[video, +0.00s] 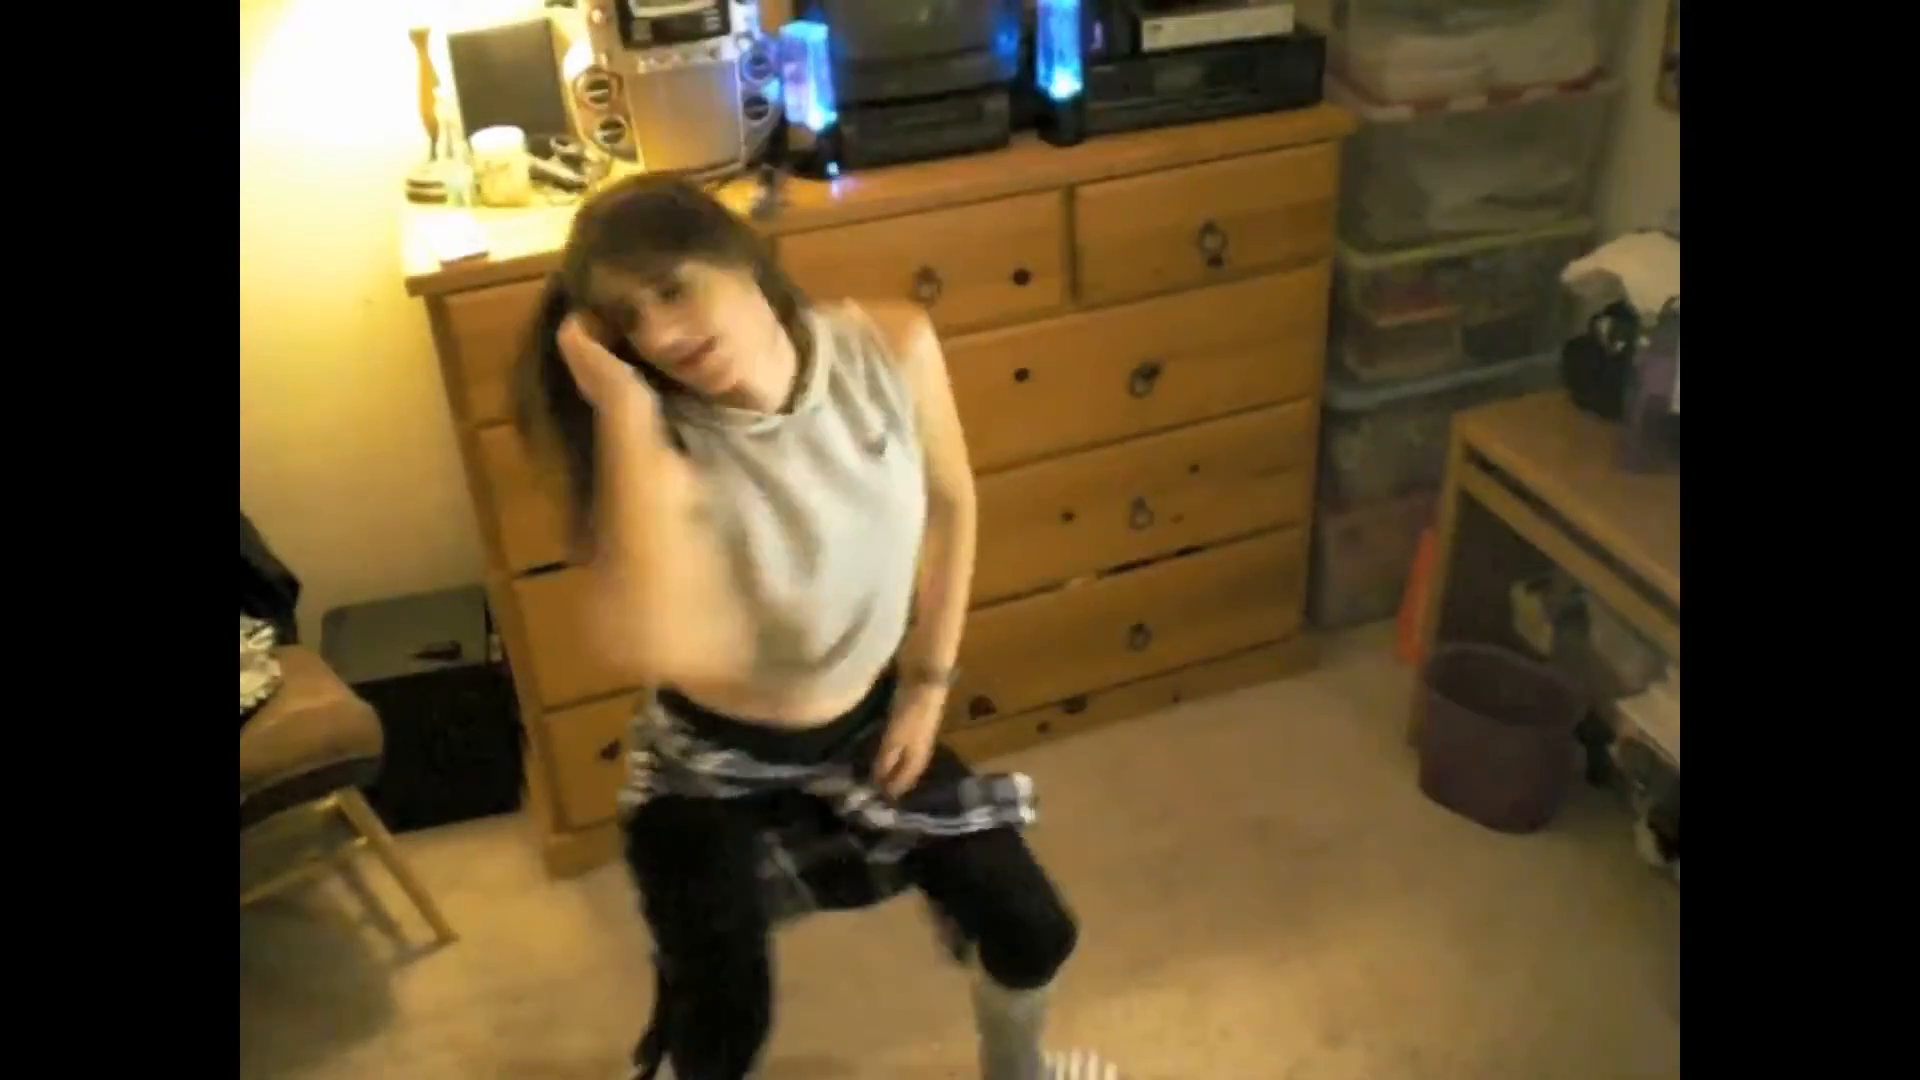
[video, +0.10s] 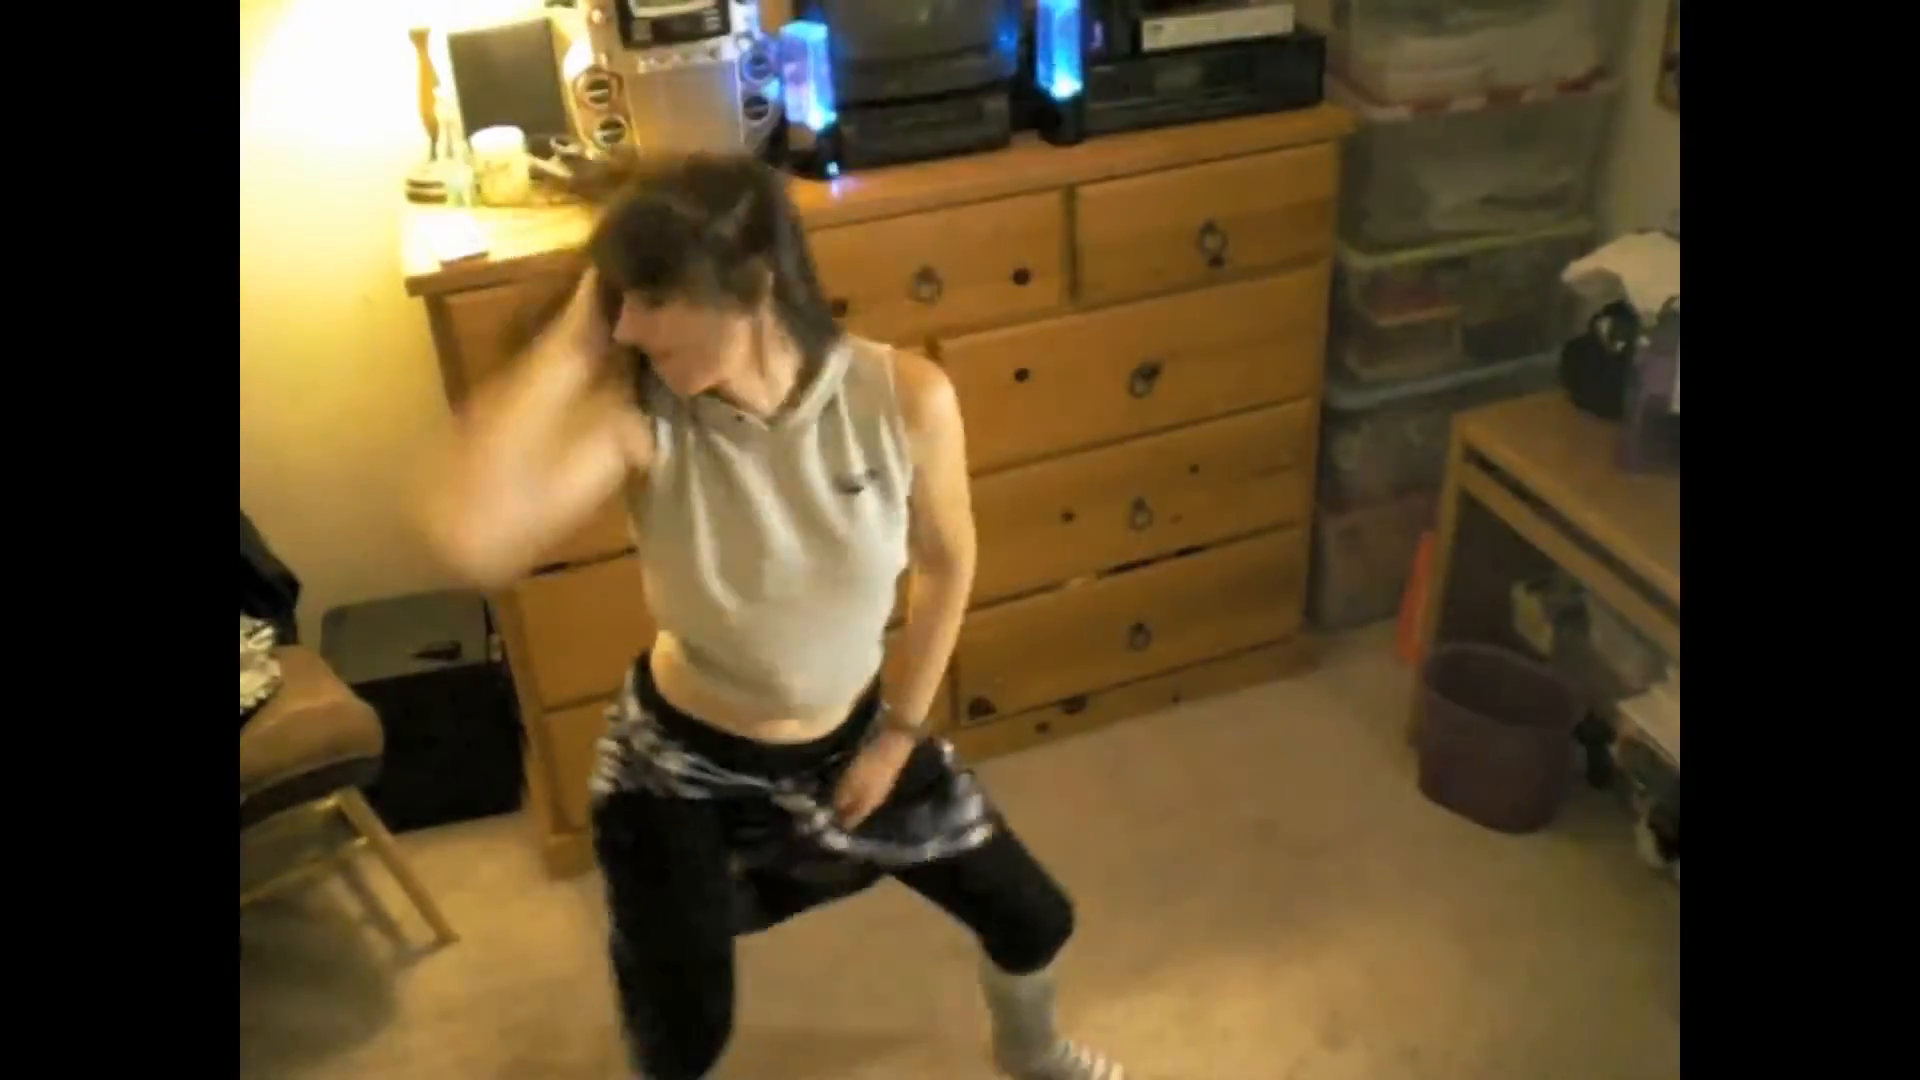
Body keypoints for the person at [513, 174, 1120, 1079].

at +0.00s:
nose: (662, 332)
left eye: (673, 289)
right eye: (627, 322)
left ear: (737, 259)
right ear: (614, 349)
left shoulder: (890, 348)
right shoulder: (658, 456)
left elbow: (951, 503)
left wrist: (926, 682)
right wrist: (626, 416)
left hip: (872, 730)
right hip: (710, 764)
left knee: (1032, 933)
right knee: (722, 1026)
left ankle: (1017, 1067)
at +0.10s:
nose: (644, 364)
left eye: (660, 343)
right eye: (636, 344)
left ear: (755, 293)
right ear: (628, 322)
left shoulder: (905, 399)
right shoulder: (641, 418)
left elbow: (945, 568)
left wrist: (893, 733)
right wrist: (572, 345)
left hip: (855, 743)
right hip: (679, 762)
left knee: (1033, 924)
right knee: (682, 1038)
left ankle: (1031, 1054)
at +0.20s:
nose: (641, 320)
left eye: (661, 293)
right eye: (640, 291)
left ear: (749, 285)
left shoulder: (904, 387)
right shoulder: (657, 369)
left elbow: (953, 588)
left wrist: (871, 756)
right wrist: (599, 250)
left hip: (837, 744)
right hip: (663, 746)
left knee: (999, 934)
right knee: (674, 1023)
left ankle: (1062, 1033)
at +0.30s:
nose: (667, 304)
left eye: (686, 282)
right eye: (662, 279)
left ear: (769, 268)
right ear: (662, 250)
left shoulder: (910, 345)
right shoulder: (682, 315)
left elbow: (944, 577)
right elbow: (474, 222)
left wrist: (867, 755)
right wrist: (652, 115)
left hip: (835, 733)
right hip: (668, 723)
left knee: (972, 968)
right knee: (660, 986)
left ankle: (1066, 1023)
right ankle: (668, 1063)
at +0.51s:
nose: (779, 322)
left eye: (802, 300)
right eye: (758, 296)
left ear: (855, 264)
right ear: (733, 255)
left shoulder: (922, 338)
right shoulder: (719, 315)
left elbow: (984, 533)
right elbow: (589, 260)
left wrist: (899, 726)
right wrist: (729, 76)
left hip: (884, 708)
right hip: (738, 686)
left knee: (947, 1022)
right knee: (679, 972)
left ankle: (1108, 1012)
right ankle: (668, 1061)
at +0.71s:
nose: (825, 295)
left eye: (855, 264)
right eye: (806, 261)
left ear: (889, 270)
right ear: (753, 249)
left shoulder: (926, 352)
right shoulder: (688, 331)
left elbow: (1038, 497)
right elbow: (723, 367)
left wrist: (976, 672)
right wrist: (820, 159)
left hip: (941, 705)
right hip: (797, 737)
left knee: (1057, 968)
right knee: (724, 1015)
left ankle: (1132, 1046)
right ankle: (688, 1071)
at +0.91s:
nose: (834, 307)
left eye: (855, 275)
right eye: (804, 275)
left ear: (890, 269)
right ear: (745, 255)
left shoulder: (886, 358)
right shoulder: (697, 336)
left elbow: (954, 511)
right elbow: (855, 442)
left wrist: (984, 632)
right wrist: (879, 211)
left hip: (956, 706)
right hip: (806, 769)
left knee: (1126, 935)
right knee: (766, 1049)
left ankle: (1130, 1053)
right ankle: (705, 1066)